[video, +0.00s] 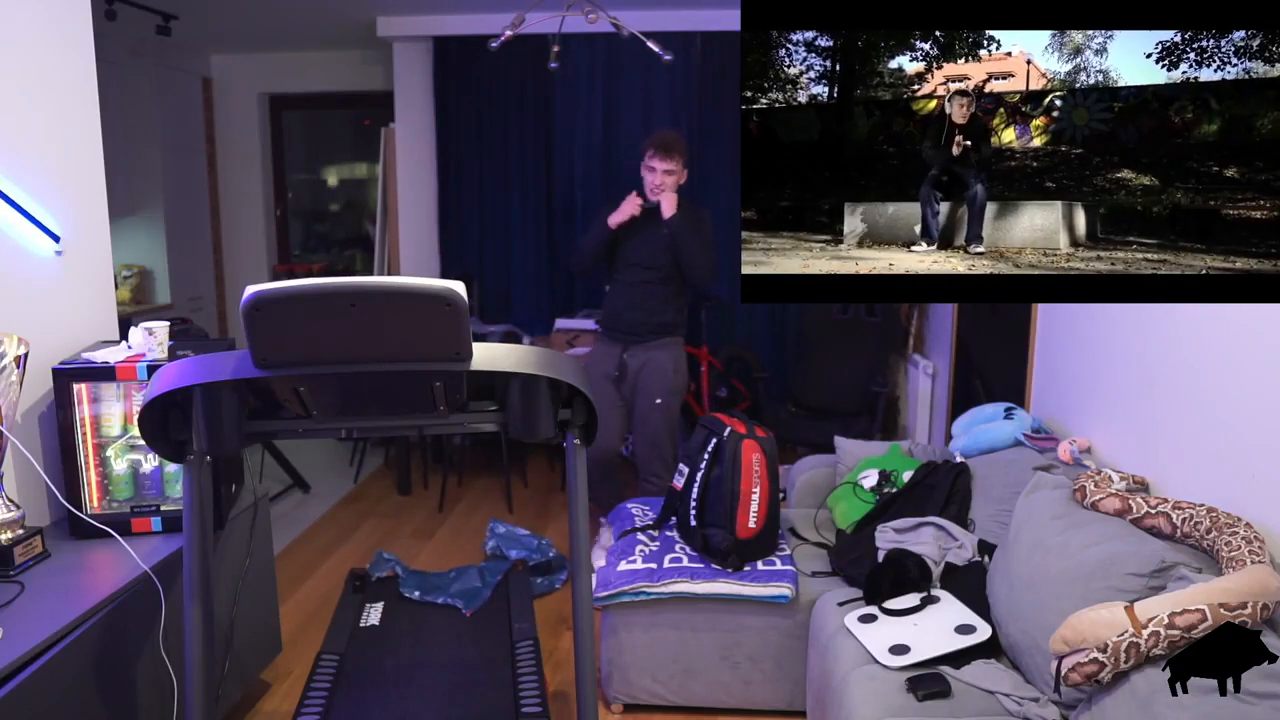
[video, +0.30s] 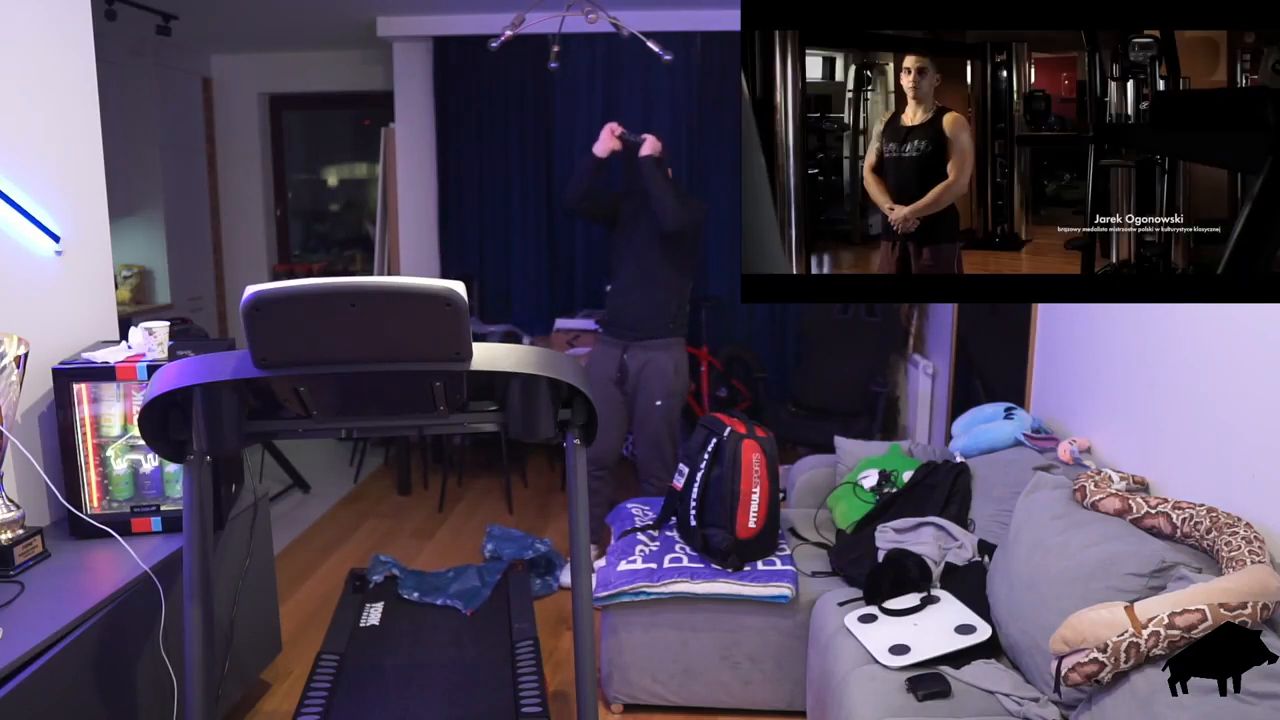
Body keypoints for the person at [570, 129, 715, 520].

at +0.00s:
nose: (657, 180)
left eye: (667, 172)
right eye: (651, 171)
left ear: (682, 176)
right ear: (641, 171)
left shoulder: (691, 219)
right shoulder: (623, 212)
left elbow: (700, 276)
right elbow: (583, 262)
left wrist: (672, 219)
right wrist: (613, 220)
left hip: (660, 348)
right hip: (609, 345)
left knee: (654, 451)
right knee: (599, 446)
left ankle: (654, 538)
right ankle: (606, 527)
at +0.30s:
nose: (642, 170)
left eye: (649, 163)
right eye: (637, 166)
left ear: (667, 169)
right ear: (632, 172)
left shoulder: (687, 207)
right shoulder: (624, 203)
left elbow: (672, 220)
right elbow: (576, 201)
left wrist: (649, 163)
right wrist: (598, 155)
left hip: (660, 347)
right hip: (610, 345)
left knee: (655, 453)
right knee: (598, 449)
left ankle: (658, 548)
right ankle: (593, 543)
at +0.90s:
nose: (602, 167)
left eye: (610, 157)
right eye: (596, 158)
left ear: (627, 155)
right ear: (588, 163)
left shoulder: (647, 196)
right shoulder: (581, 194)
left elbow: (636, 153)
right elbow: (536, 171)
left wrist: (611, 108)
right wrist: (586, 148)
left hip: (638, 341)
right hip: (587, 340)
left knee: (643, 450)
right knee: (584, 450)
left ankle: (654, 545)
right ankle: (584, 544)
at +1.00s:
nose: (616, 132)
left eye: (616, 127)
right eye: (609, 126)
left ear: (621, 137)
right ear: (596, 132)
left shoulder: (637, 192)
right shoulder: (571, 190)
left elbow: (618, 151)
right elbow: (544, 160)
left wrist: (593, 106)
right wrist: (579, 120)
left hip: (630, 341)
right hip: (580, 339)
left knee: (639, 452)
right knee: (580, 451)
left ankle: (651, 547)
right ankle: (581, 547)